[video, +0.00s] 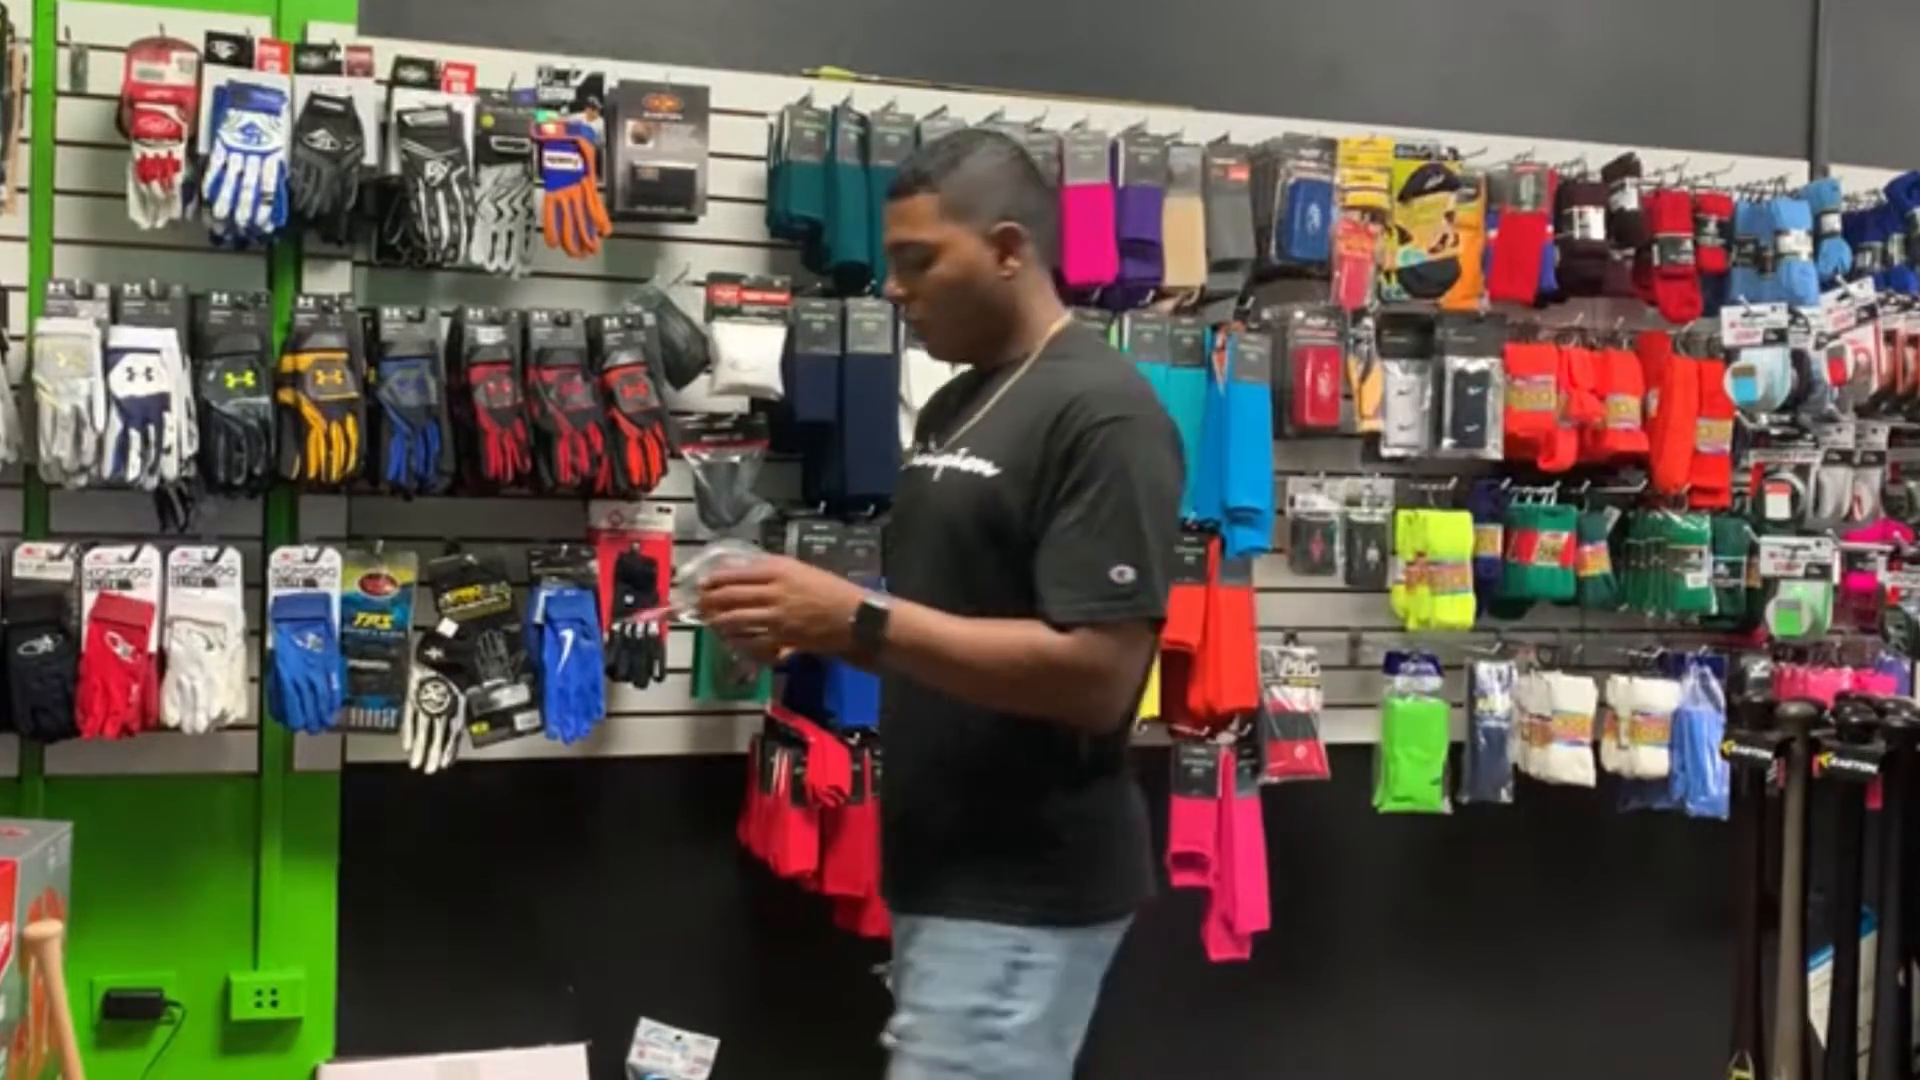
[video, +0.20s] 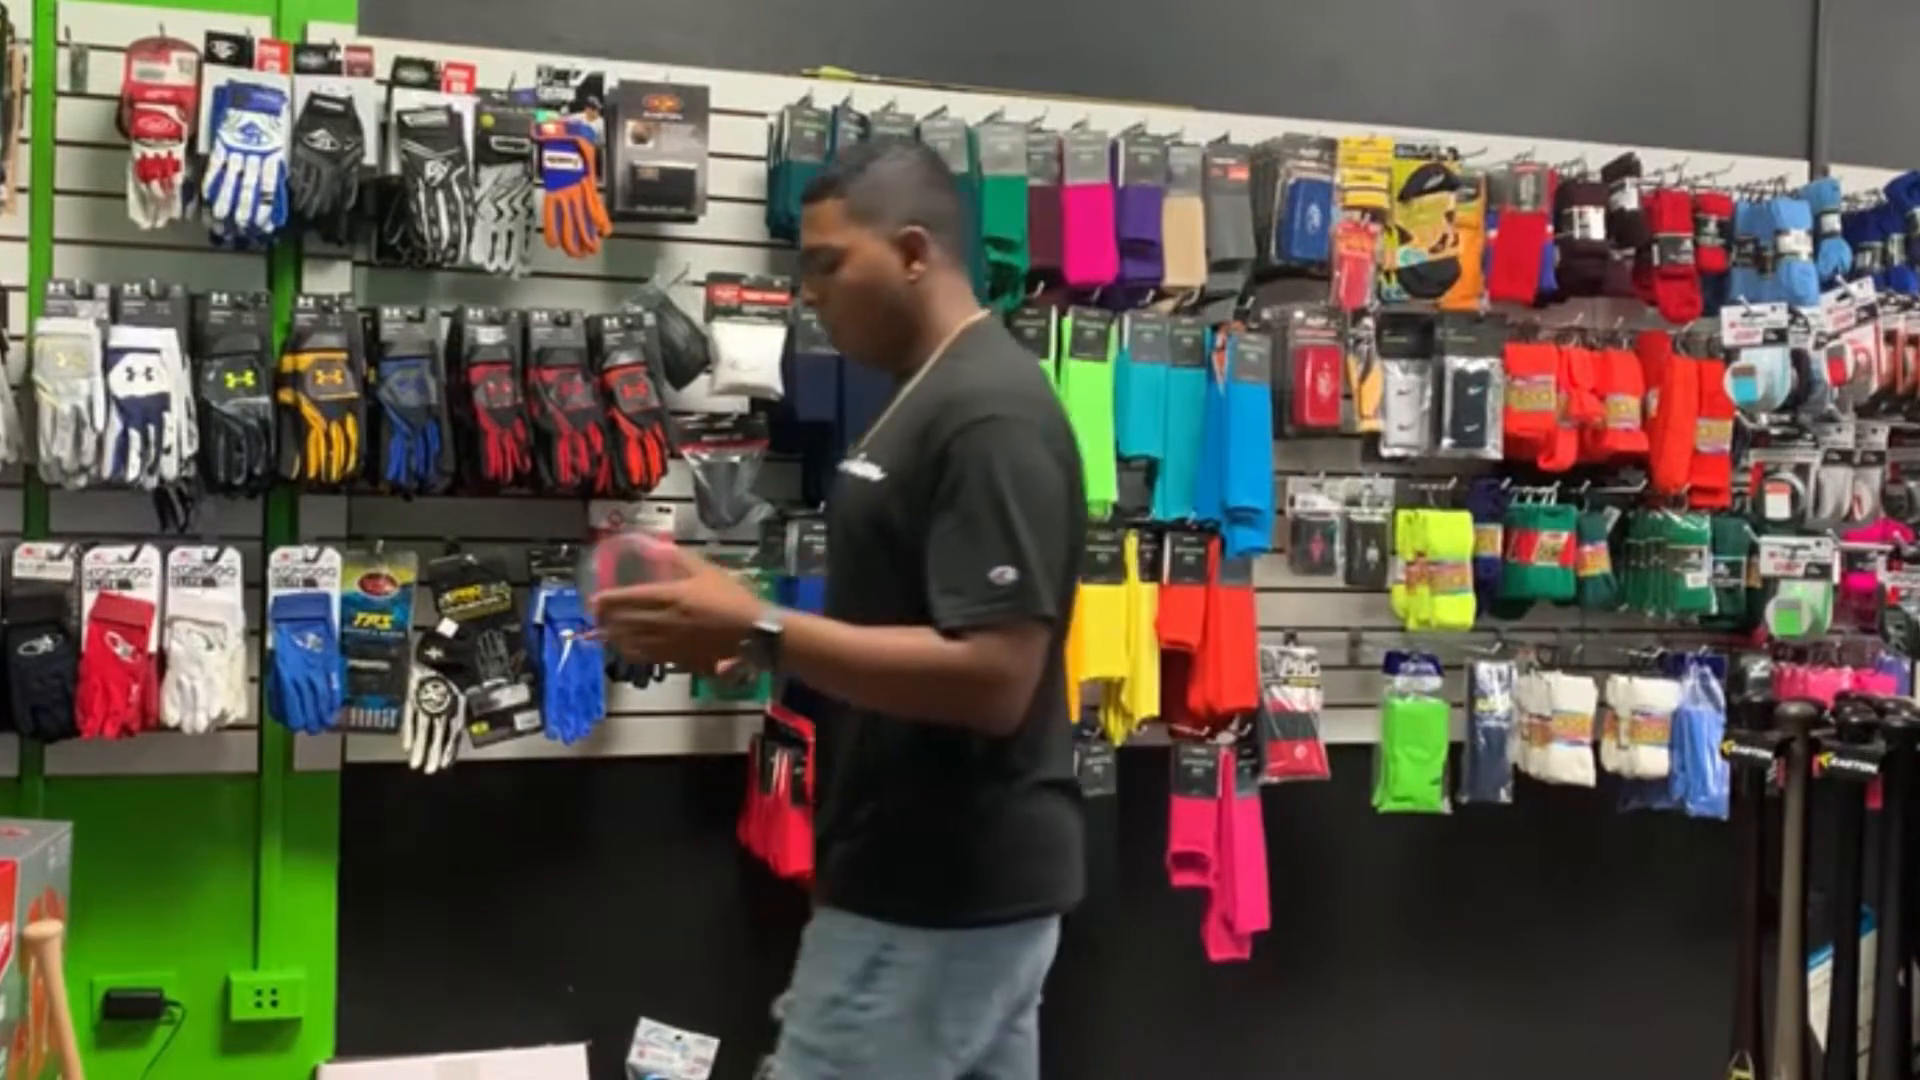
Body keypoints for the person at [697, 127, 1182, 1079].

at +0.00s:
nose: (896, 292)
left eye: (917, 260)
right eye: (892, 267)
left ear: (1008, 247)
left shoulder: (1107, 412)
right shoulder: (960, 406)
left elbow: (1099, 680)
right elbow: (953, 629)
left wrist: (858, 621)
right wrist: (824, 618)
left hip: (1027, 891)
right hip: (945, 873)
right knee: (943, 1060)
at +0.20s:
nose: (808, 296)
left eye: (826, 263)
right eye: (806, 271)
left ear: (916, 251)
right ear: (913, 256)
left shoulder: (991, 412)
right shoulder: (947, 397)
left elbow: (994, 681)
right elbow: (937, 650)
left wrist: (755, 628)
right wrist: (749, 634)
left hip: (934, 898)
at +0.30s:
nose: (760, 296)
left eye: (775, 263)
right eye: (760, 268)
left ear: (861, 255)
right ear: (861, 258)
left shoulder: (919, 418)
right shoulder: (922, 397)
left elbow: (924, 690)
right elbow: (863, 654)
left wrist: (692, 653)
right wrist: (683, 635)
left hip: (883, 899)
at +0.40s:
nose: (695, 288)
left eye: (711, 259)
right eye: (698, 262)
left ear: (794, 258)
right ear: (797, 259)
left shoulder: (842, 426)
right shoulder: (871, 399)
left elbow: (845, 700)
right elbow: (851, 635)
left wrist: (603, 690)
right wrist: (697, 645)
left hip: (825, 901)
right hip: (906, 883)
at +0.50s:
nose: (623, 278)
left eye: (637, 246)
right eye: (624, 249)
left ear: (717, 253)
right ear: (728, 254)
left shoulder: (756, 421)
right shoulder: (825, 388)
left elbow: (741, 707)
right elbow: (818, 644)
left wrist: (503, 712)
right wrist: (651, 651)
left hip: (751, 895)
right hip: (855, 870)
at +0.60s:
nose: (553, 265)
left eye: (566, 240)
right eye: (552, 240)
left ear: (648, 248)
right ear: (659, 247)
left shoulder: (676, 414)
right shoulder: (769, 376)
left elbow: (617, 705)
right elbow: (751, 639)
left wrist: (393, 728)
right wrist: (593, 638)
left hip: (694, 872)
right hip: (793, 851)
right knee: (753, 1068)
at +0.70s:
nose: (499, 265)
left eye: (510, 239)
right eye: (499, 239)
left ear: (587, 245)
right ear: (605, 239)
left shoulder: (603, 423)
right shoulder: (728, 374)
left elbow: (496, 689)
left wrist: (273, 735)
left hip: (648, 857)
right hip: (743, 837)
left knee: (599, 1063)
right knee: (658, 1063)